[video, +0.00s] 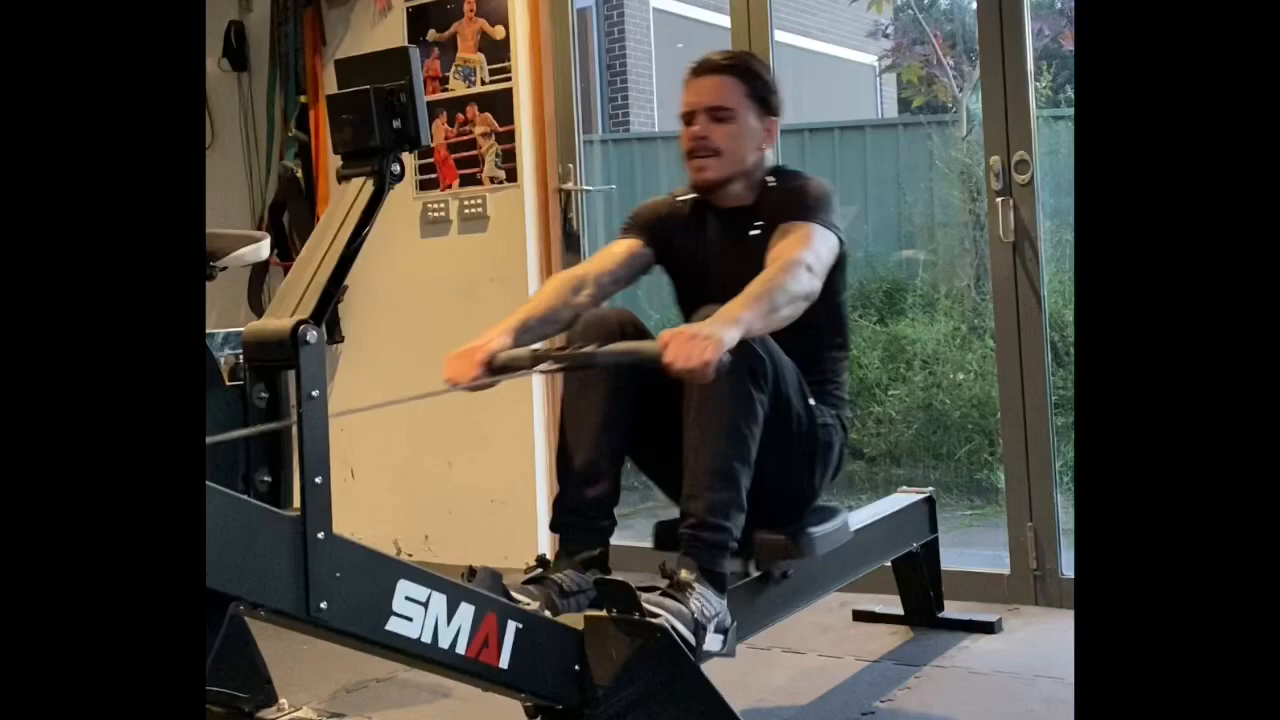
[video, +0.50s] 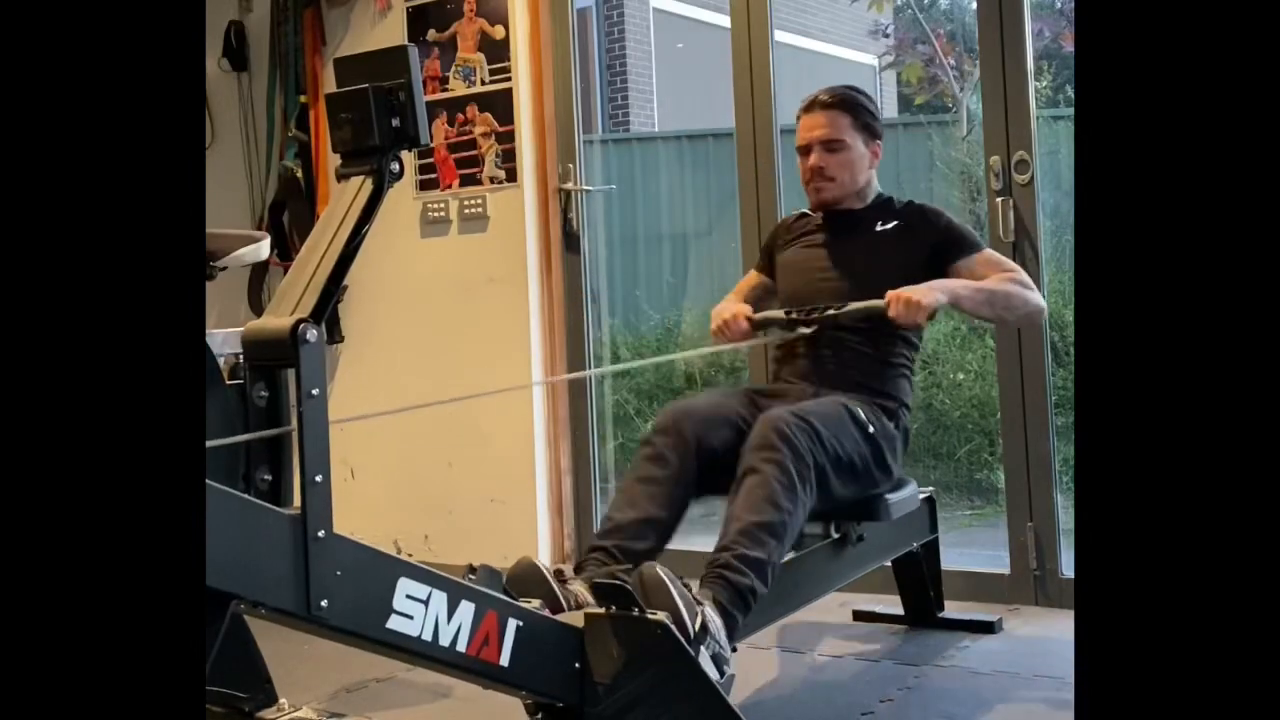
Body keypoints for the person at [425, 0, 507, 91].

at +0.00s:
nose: (471, 7)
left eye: (473, 4)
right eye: (468, 4)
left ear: (476, 7)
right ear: (463, 8)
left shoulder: (480, 22)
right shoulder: (458, 25)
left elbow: (493, 34)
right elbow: (445, 36)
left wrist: (498, 33)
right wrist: (435, 36)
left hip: (474, 61)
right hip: (460, 60)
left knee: (474, 90)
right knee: (458, 90)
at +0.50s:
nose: (471, 7)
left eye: (473, 4)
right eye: (468, 4)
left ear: (476, 7)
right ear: (463, 8)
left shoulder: (480, 22)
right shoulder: (458, 25)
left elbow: (494, 34)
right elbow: (445, 36)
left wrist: (498, 32)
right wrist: (435, 36)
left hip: (474, 61)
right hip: (460, 60)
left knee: (474, 89)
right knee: (458, 89)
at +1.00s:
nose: (471, 7)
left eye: (473, 4)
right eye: (468, 4)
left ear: (476, 7)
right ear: (463, 8)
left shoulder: (480, 22)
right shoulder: (457, 25)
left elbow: (494, 34)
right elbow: (445, 36)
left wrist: (499, 32)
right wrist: (435, 36)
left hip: (474, 60)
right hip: (460, 59)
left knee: (474, 89)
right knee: (457, 89)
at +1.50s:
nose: (471, 7)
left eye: (473, 4)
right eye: (468, 4)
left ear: (476, 7)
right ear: (463, 7)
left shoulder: (480, 22)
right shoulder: (457, 25)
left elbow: (494, 34)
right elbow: (445, 36)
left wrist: (498, 32)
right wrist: (435, 36)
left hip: (474, 60)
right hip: (460, 60)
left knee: (474, 89)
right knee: (457, 89)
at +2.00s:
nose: (471, 8)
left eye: (473, 5)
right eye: (468, 5)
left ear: (476, 8)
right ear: (463, 8)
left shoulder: (480, 22)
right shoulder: (457, 25)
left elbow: (493, 33)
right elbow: (445, 36)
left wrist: (498, 32)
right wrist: (435, 36)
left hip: (474, 60)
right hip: (460, 59)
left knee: (474, 88)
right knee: (458, 89)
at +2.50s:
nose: (471, 8)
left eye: (473, 5)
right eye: (468, 5)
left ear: (476, 8)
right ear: (463, 8)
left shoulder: (480, 22)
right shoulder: (458, 24)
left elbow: (493, 33)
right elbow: (445, 36)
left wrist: (498, 32)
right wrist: (435, 36)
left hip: (474, 60)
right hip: (460, 59)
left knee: (474, 88)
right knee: (458, 89)